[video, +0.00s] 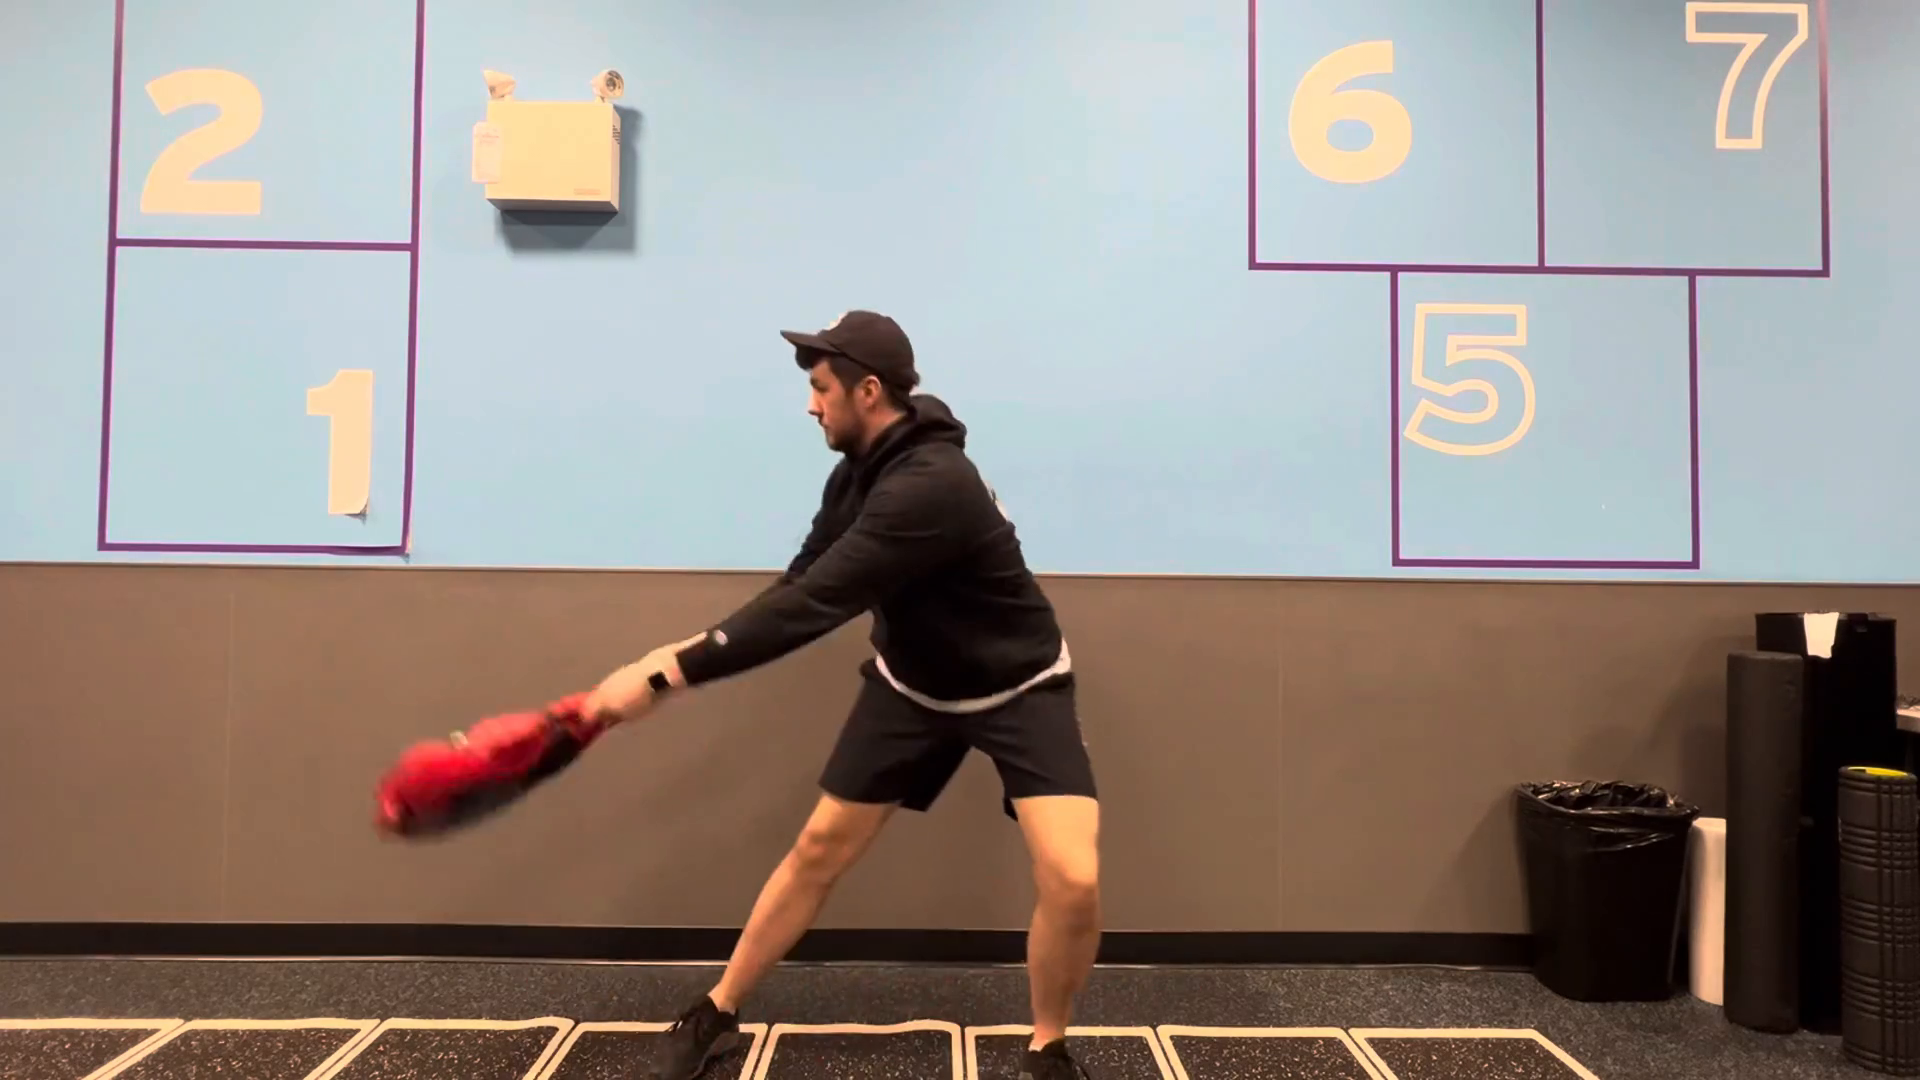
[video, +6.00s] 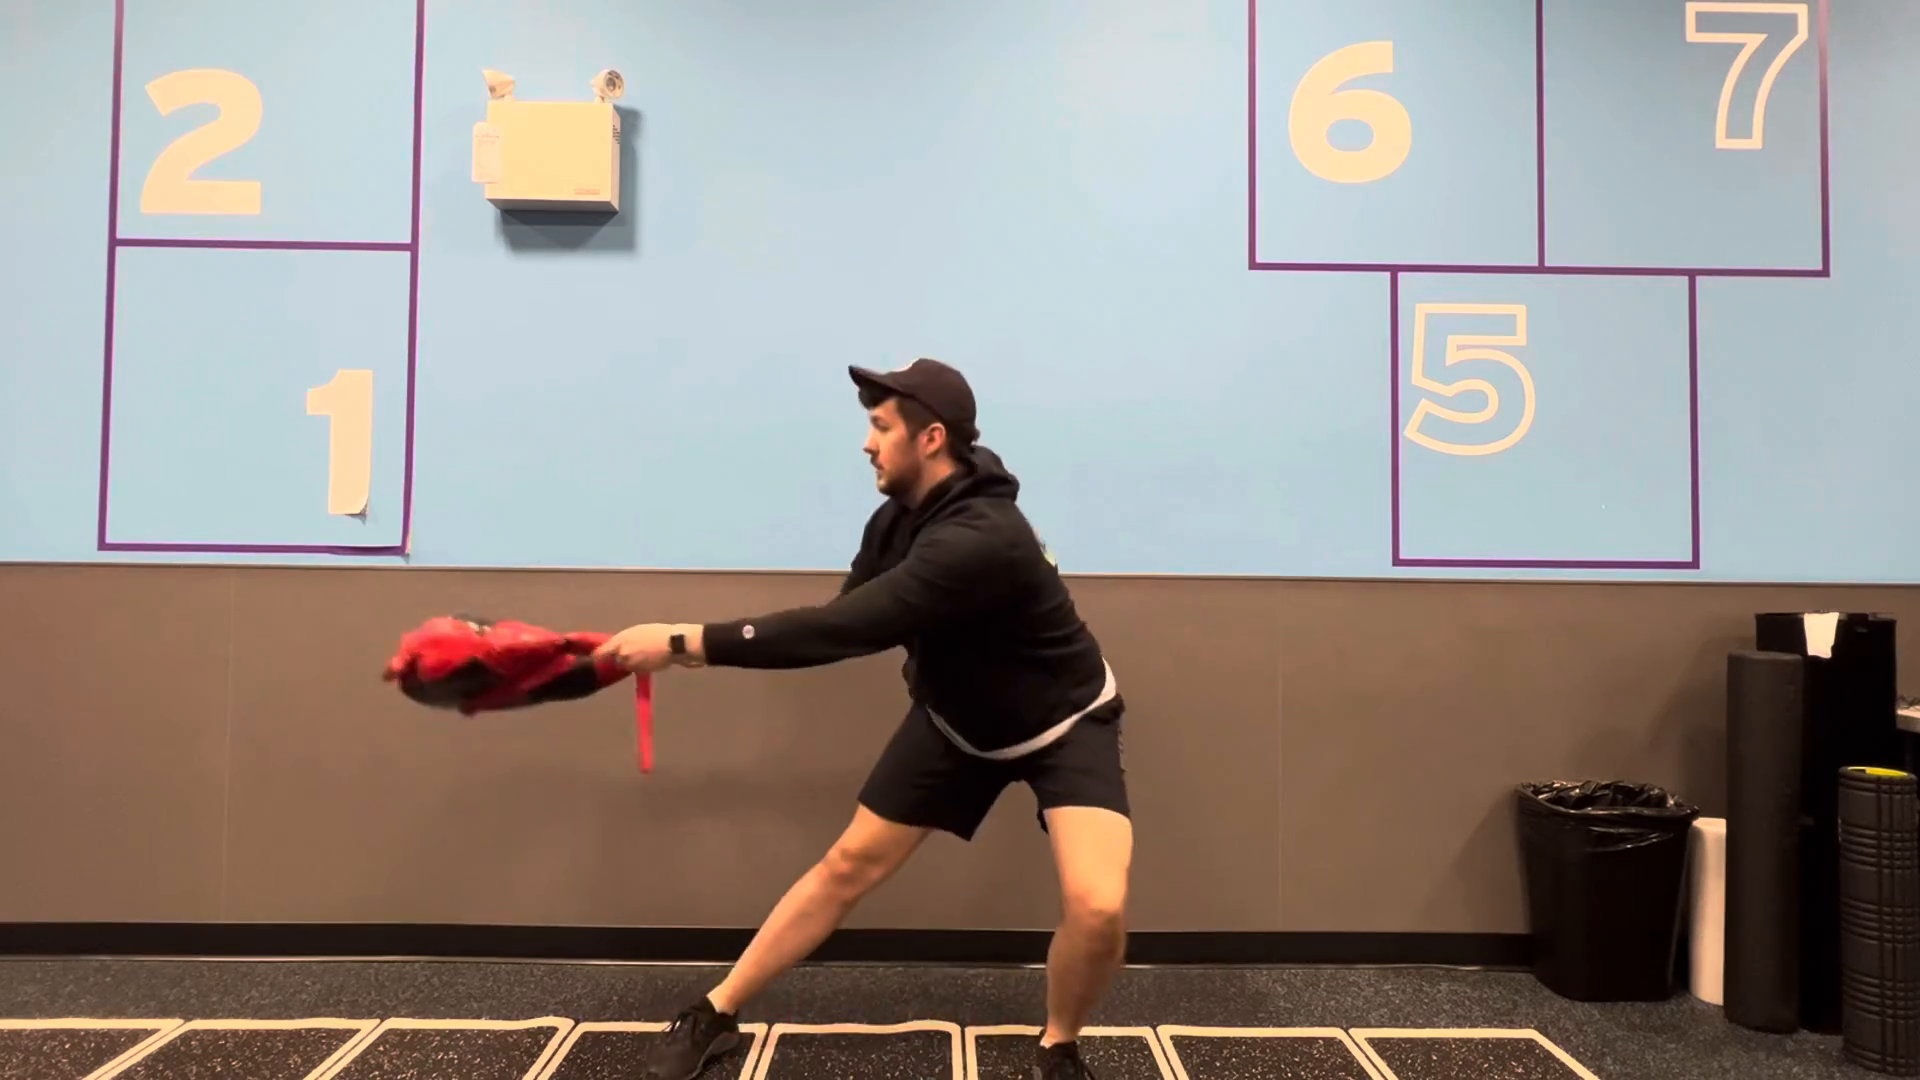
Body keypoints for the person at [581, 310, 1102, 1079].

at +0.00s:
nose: (811, 404)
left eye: (823, 387)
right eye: (812, 387)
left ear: (871, 390)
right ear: (865, 391)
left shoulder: (929, 484)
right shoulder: (854, 478)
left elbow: (818, 602)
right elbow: (800, 586)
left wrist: (666, 672)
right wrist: (690, 659)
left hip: (1020, 687)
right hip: (907, 683)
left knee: (1075, 879)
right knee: (820, 844)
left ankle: (1049, 1048)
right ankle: (718, 1010)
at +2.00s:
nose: (854, 453)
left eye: (865, 436)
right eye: (854, 436)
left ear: (916, 440)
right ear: (904, 441)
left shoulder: (972, 537)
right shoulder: (893, 521)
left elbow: (852, 654)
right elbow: (838, 636)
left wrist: (692, 708)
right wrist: (701, 702)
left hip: (1064, 718)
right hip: (951, 712)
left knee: (1100, 906)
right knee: (847, 858)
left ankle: (1051, 1051)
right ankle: (716, 1011)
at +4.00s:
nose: (843, 440)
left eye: (854, 423)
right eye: (845, 423)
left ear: (901, 431)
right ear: (897, 432)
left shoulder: (952, 531)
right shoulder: (889, 512)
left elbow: (814, 624)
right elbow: (822, 625)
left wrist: (650, 650)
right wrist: (677, 655)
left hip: (1056, 718)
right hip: (946, 713)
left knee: (1108, 911)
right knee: (842, 859)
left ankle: (1053, 1050)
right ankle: (712, 1015)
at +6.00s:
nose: (868, 444)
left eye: (882, 428)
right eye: (870, 428)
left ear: (933, 438)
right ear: (925, 438)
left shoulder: (981, 534)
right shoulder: (895, 523)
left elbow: (849, 628)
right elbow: (841, 625)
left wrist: (684, 642)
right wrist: (704, 648)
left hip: (1066, 720)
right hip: (954, 718)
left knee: (1100, 907)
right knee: (847, 865)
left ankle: (1060, 1048)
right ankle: (714, 1012)